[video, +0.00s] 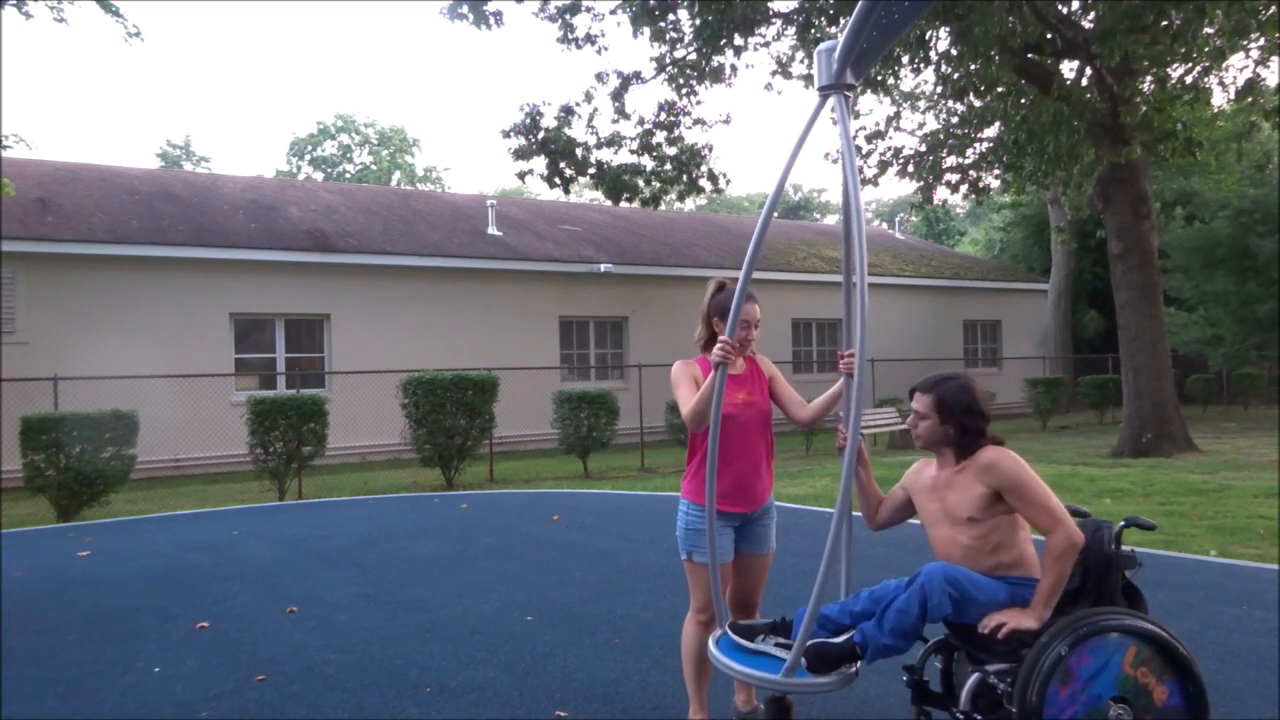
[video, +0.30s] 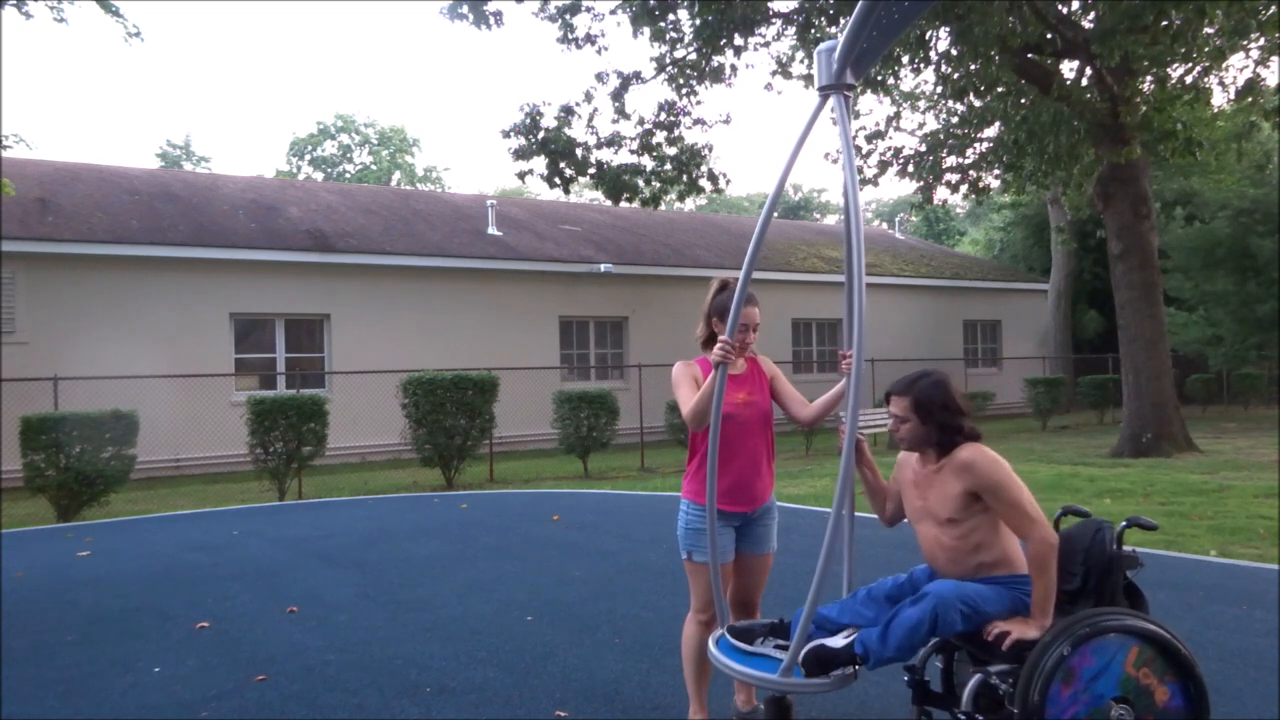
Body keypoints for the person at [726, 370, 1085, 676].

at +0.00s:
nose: (910, 424)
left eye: (919, 417)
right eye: (910, 415)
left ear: (952, 423)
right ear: (942, 423)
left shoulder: (995, 463)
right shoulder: (919, 473)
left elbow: (1067, 537)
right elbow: (877, 517)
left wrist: (1036, 613)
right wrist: (860, 462)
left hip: (1016, 596)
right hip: (961, 593)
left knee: (937, 576)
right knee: (888, 593)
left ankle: (854, 647)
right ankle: (787, 630)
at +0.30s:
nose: (893, 429)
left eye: (900, 421)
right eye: (891, 420)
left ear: (931, 419)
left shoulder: (976, 461)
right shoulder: (907, 462)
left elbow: (1043, 538)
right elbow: (889, 513)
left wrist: (1039, 621)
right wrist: (863, 460)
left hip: (1005, 586)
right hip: (944, 577)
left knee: (938, 599)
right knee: (883, 594)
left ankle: (854, 651)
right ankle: (792, 632)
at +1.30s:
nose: (900, 429)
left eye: (907, 419)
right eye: (897, 419)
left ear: (938, 415)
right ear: (900, 416)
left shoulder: (981, 462)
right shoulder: (912, 454)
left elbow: (1056, 537)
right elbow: (896, 514)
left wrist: (1034, 617)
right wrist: (866, 461)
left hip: (990, 595)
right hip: (936, 585)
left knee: (916, 570)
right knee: (881, 574)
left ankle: (839, 646)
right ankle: (782, 631)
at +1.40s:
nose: (904, 429)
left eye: (912, 419)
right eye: (902, 419)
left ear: (944, 415)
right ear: (908, 417)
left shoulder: (989, 464)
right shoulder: (916, 455)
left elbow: (1064, 536)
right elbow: (893, 514)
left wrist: (1026, 610)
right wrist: (867, 463)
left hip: (992, 598)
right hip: (937, 587)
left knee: (920, 569)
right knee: (885, 575)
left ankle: (842, 646)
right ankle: (782, 632)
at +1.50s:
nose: (910, 428)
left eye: (917, 419)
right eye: (907, 419)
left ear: (948, 414)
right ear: (915, 416)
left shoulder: (997, 467)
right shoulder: (920, 455)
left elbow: (1061, 544)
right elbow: (892, 515)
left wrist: (998, 601)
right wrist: (866, 463)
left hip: (986, 594)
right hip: (932, 584)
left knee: (921, 568)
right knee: (882, 577)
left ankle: (842, 646)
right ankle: (784, 631)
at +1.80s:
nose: (936, 426)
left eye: (945, 418)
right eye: (933, 417)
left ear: (977, 416)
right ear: (933, 414)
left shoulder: (1013, 467)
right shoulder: (938, 454)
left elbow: (953, 516)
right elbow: (899, 515)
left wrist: (884, 460)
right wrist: (866, 464)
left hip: (995, 595)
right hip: (939, 585)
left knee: (923, 564)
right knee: (893, 580)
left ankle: (844, 645)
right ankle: (785, 630)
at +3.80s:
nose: (928, 430)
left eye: (940, 422)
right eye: (924, 420)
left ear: (971, 421)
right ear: (920, 416)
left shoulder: (1000, 457)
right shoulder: (905, 459)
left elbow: (966, 504)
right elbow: (811, 461)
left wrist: (884, 442)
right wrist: (735, 442)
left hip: (999, 595)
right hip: (938, 583)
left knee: (932, 571)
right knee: (888, 577)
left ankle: (848, 650)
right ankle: (796, 638)